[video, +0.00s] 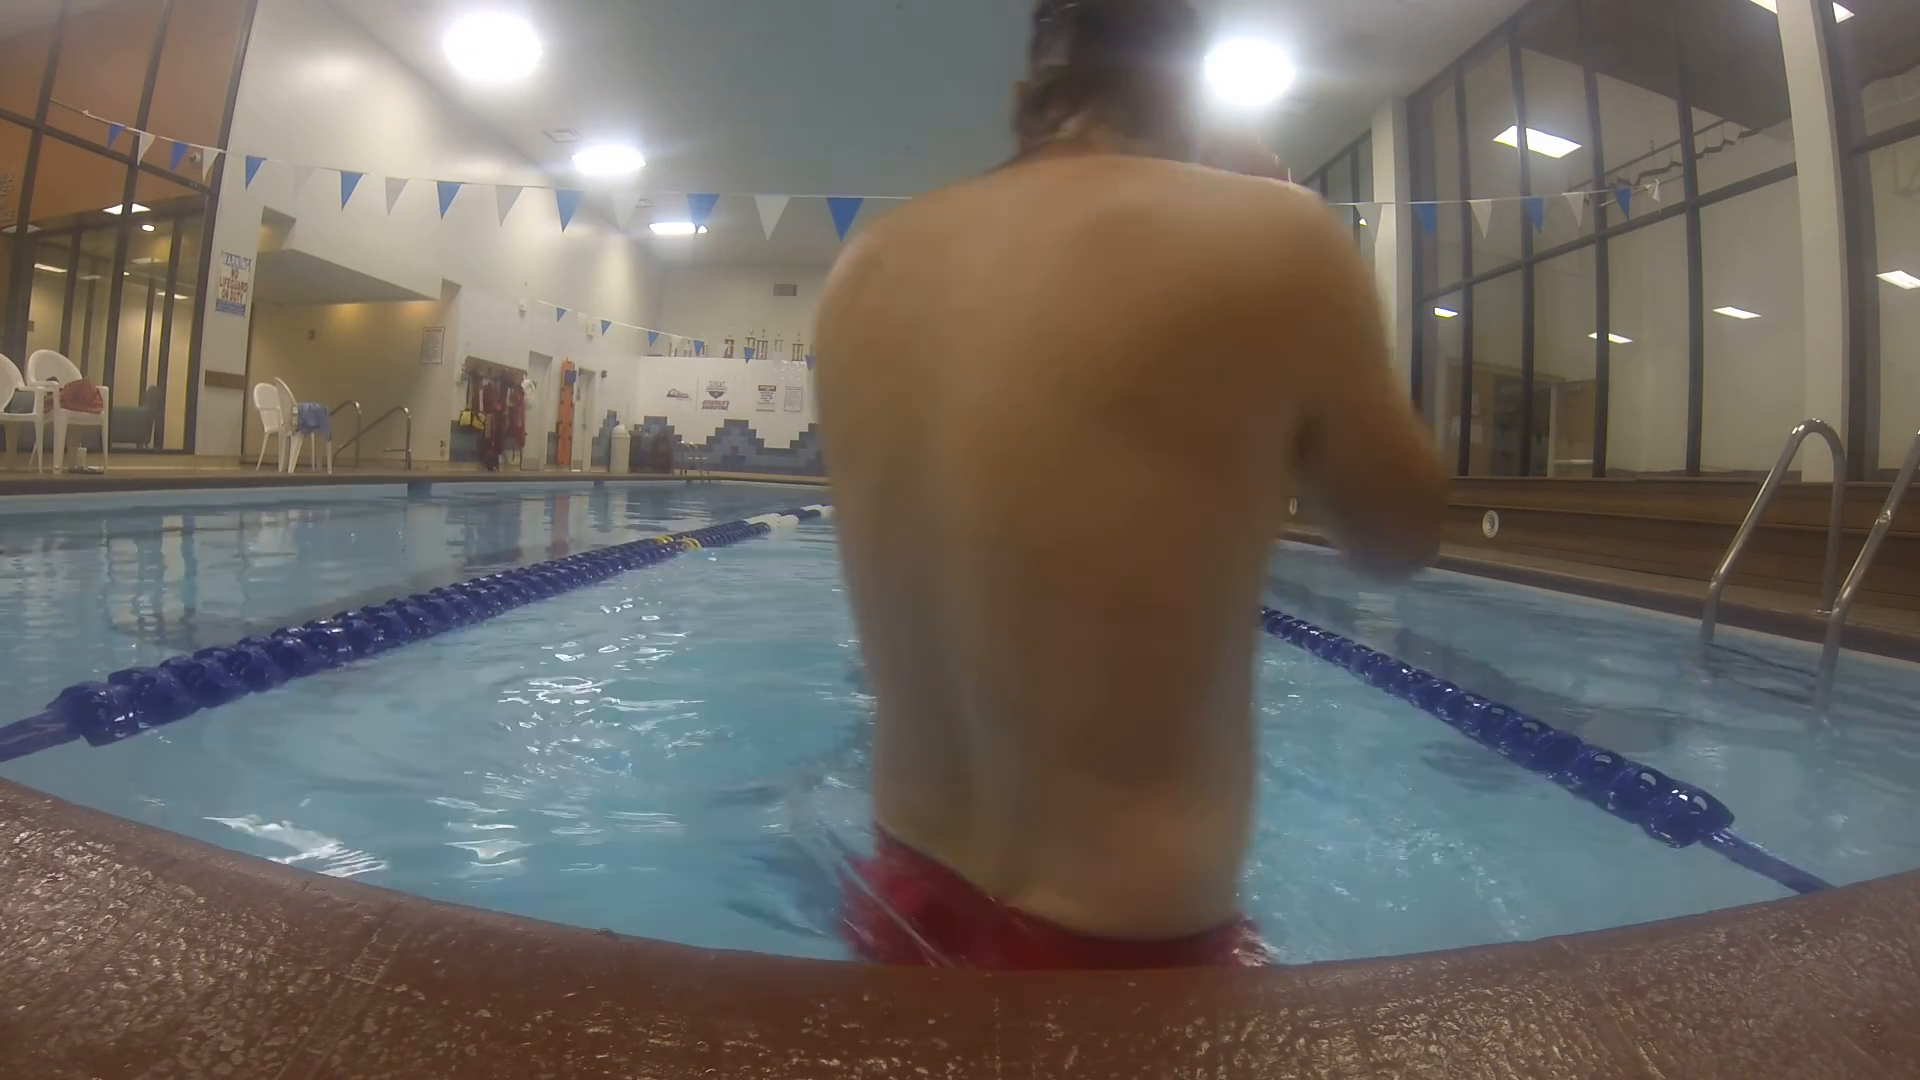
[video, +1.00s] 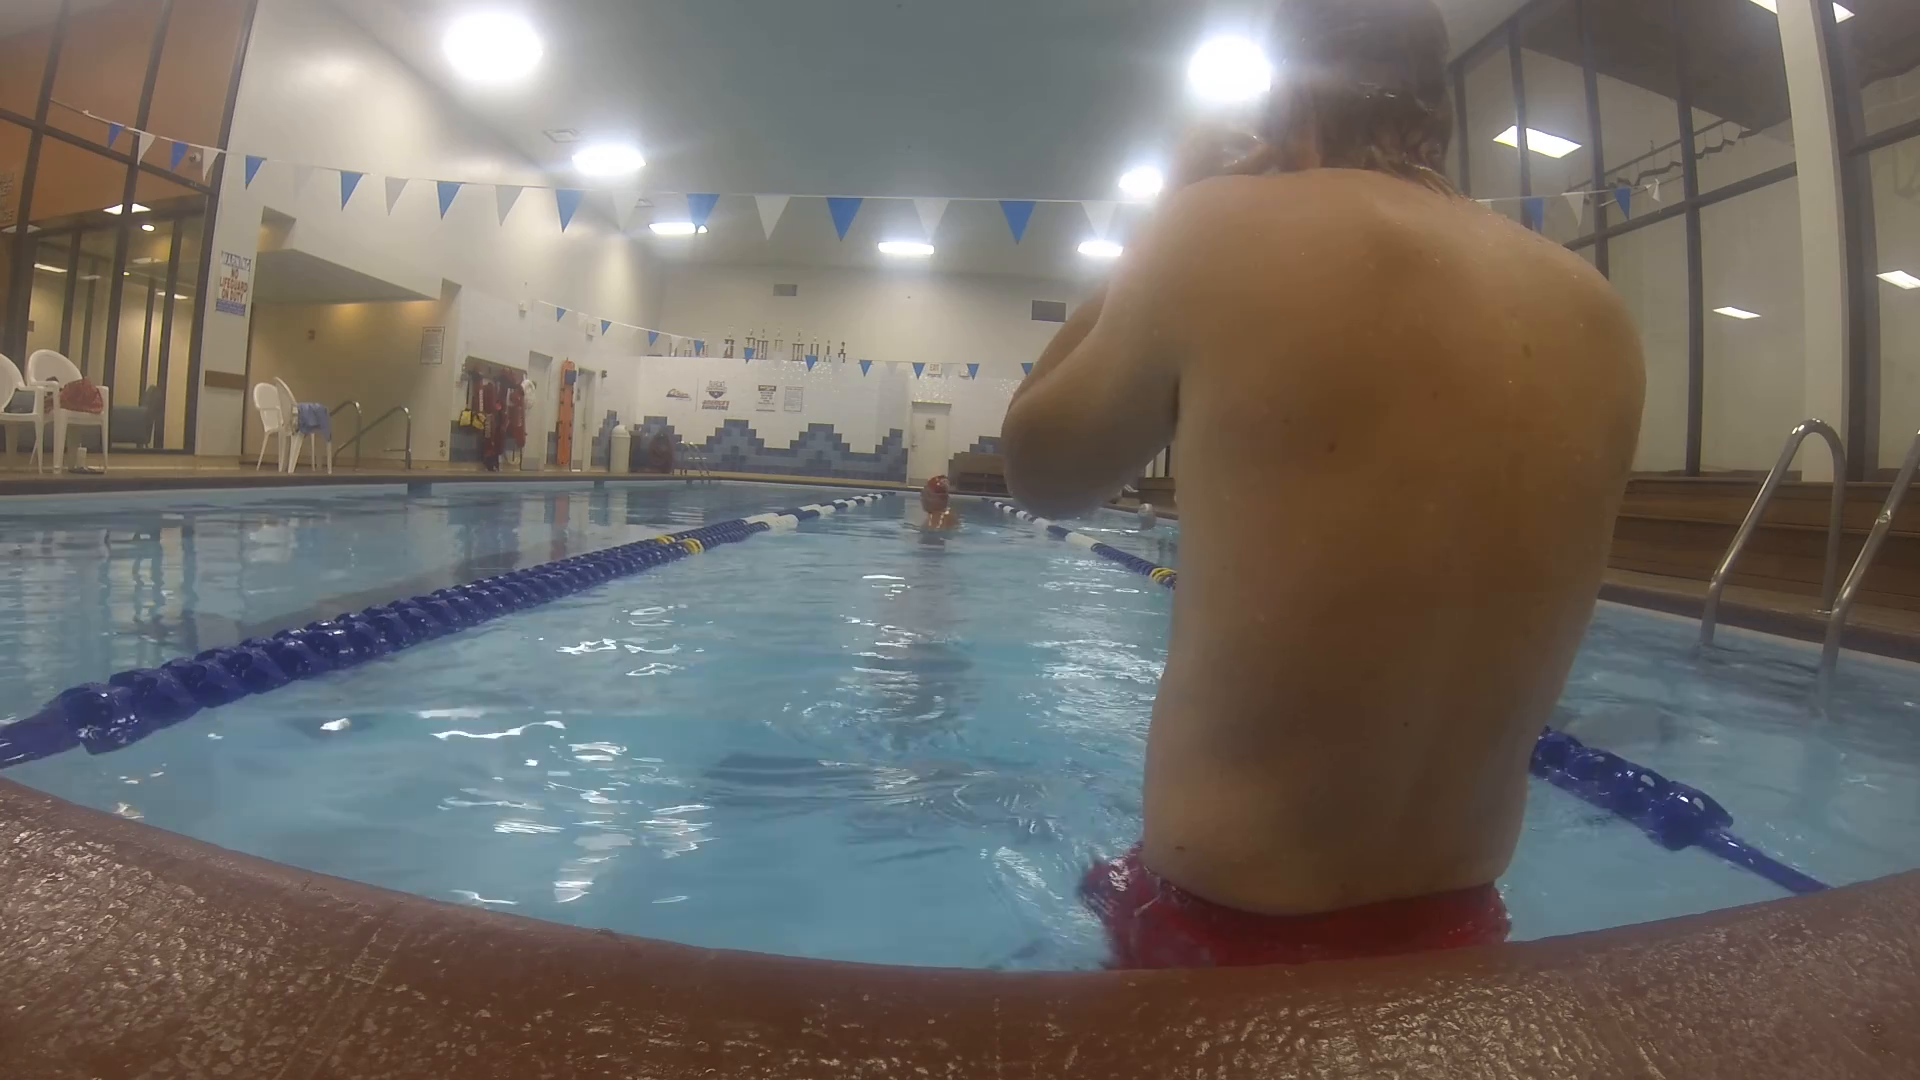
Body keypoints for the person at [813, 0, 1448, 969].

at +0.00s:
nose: (1235, 91)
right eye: (1223, 63)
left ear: (1040, 82)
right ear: (1198, 78)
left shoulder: (872, 260)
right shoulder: (1271, 242)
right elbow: (1399, 528)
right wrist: (1266, 202)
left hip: (899, 924)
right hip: (1139, 967)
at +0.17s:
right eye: (1275, 70)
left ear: (1082, 85)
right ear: (1253, 90)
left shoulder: (922, 263)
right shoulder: (1373, 265)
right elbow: (1429, 513)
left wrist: (1051, 192)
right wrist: (1303, 205)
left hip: (969, 923)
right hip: (1226, 959)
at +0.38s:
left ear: (1148, 113)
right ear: (1338, 139)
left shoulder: (1028, 257)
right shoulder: (1494, 306)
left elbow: (955, 473)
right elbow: (1457, 519)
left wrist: (1092, 211)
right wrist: (1347, 212)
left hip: (1064, 953)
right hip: (1347, 969)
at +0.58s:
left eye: (1231, 95)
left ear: (1238, 106)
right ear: (1406, 120)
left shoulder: (1149, 239)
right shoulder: (1567, 316)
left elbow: (1004, 479)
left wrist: (1161, 202)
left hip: (1145, 948)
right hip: (1418, 955)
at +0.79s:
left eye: (1260, 105)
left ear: (1271, 112)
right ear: (1437, 124)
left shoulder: (1219, 228)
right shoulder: (1595, 312)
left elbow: (1043, 478)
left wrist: (1191, 213)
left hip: (1187, 949)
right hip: (1453, 950)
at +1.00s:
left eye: (1253, 94)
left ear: (1272, 102)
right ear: (1439, 119)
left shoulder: (1215, 232)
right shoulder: (1594, 309)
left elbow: (1042, 471)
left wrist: (1172, 215)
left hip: (1202, 942)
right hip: (1458, 942)